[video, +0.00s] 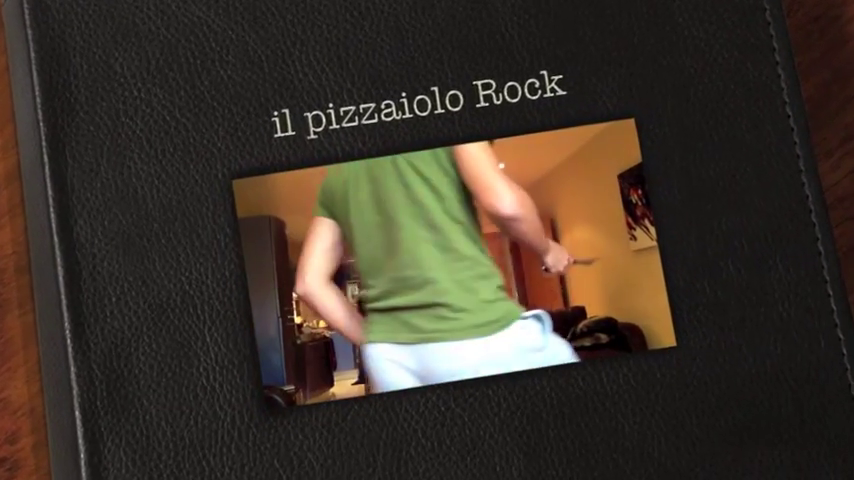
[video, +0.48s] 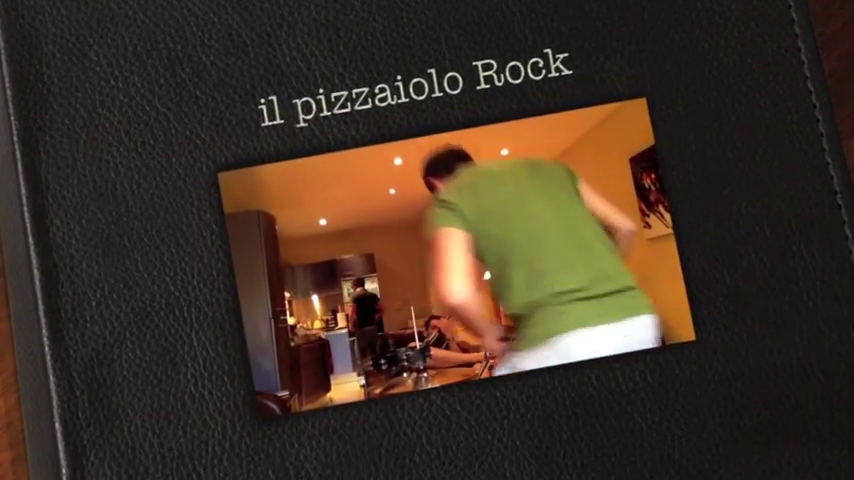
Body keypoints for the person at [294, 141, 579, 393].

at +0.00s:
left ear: (357, 108)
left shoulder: (339, 172)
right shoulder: (446, 129)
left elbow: (311, 283)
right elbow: (504, 205)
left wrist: (372, 339)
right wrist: (547, 249)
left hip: (389, 354)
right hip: (482, 337)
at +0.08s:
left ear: (362, 113)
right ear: (418, 98)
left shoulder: (346, 176)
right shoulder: (460, 130)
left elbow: (316, 284)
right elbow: (522, 213)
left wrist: (384, 343)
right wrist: (549, 246)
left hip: (408, 355)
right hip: (503, 337)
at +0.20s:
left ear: (381, 119)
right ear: (439, 99)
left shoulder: (368, 183)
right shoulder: (488, 132)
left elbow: (343, 290)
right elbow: (553, 218)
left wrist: (404, 342)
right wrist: (553, 246)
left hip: (450, 351)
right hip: (546, 332)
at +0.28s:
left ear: (395, 122)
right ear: (453, 97)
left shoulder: (383, 185)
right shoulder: (504, 135)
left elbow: (364, 290)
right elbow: (572, 216)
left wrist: (419, 337)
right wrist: (557, 253)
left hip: (473, 349)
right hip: (567, 330)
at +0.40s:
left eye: (416, 178)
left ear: (420, 168)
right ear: (459, 145)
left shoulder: (426, 193)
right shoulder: (539, 153)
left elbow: (420, 290)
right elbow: (607, 220)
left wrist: (460, 332)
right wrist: (580, 269)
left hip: (524, 342)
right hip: (610, 326)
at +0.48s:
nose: (438, 199)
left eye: (435, 194)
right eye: (436, 194)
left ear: (436, 184)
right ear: (472, 163)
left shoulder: (451, 202)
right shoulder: (550, 169)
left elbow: (456, 294)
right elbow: (625, 227)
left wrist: (490, 333)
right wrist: (605, 280)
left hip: (557, 340)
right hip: (636, 323)